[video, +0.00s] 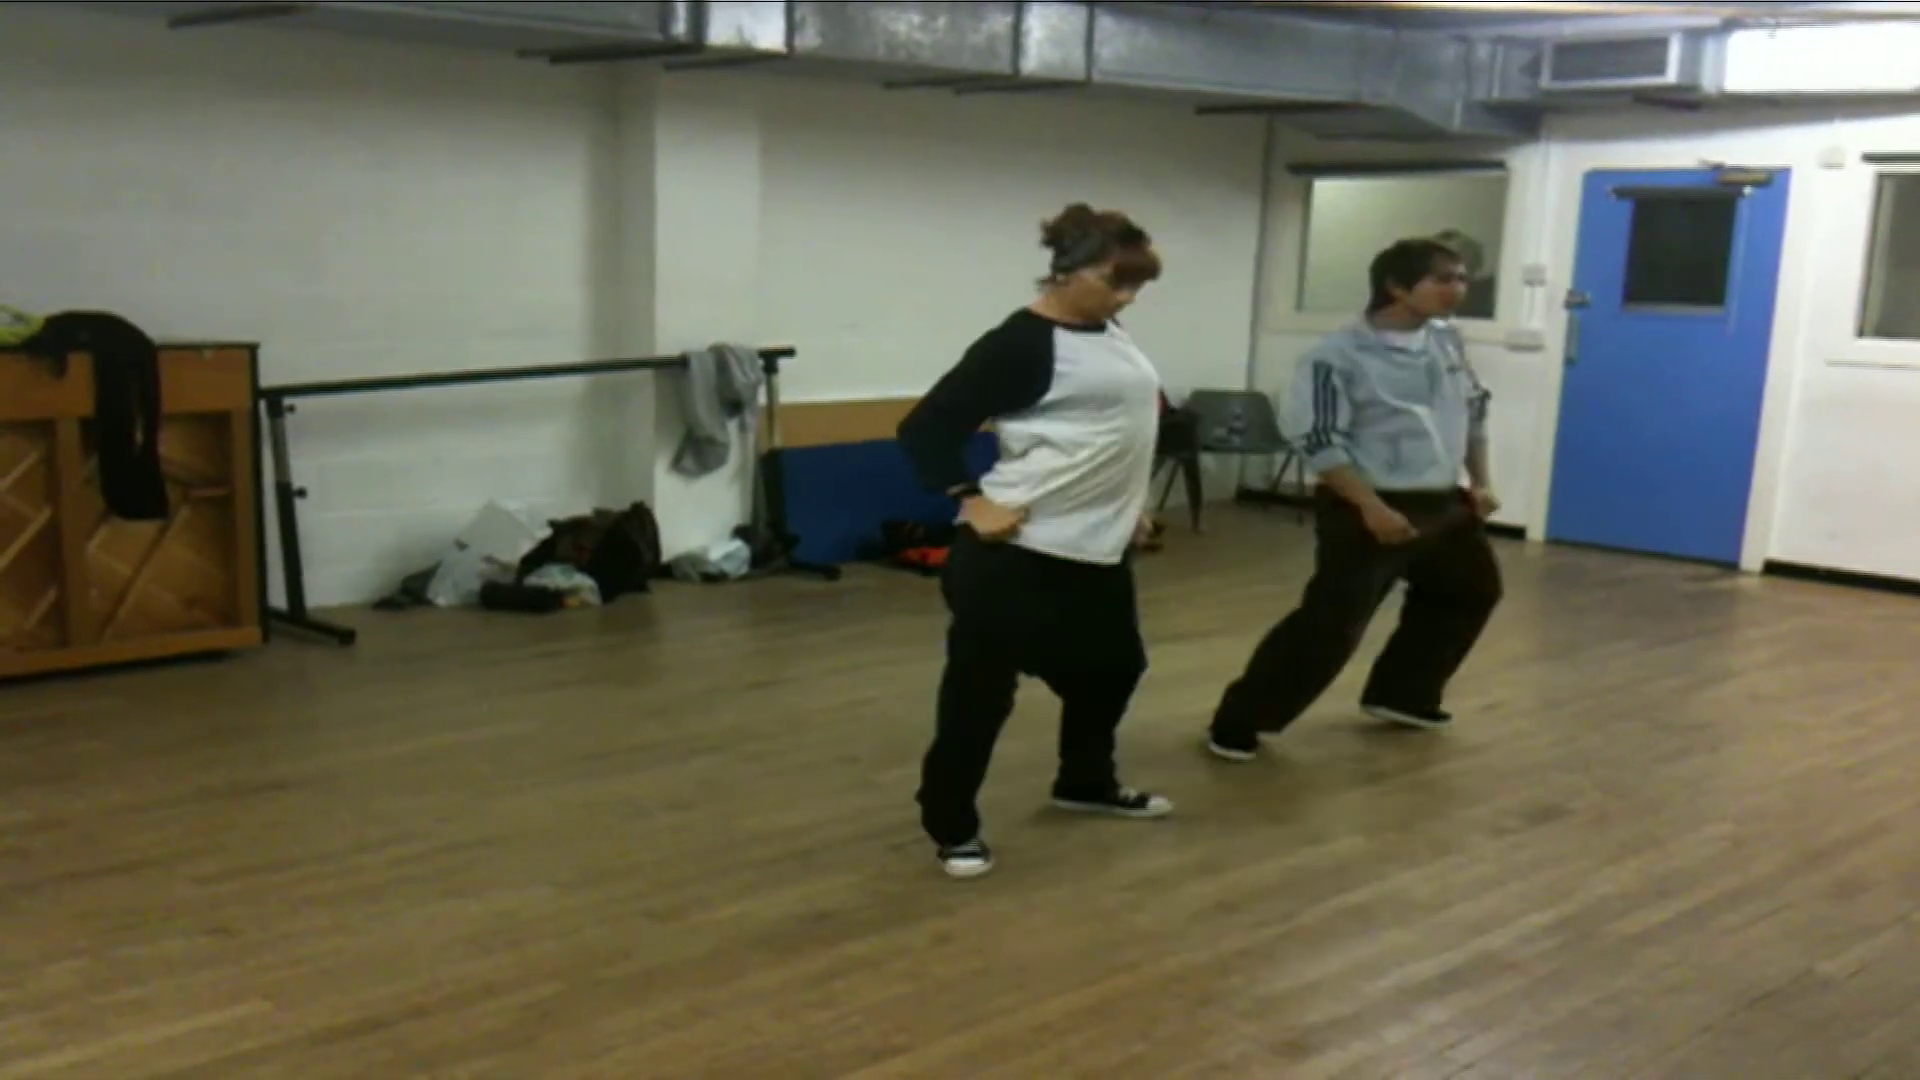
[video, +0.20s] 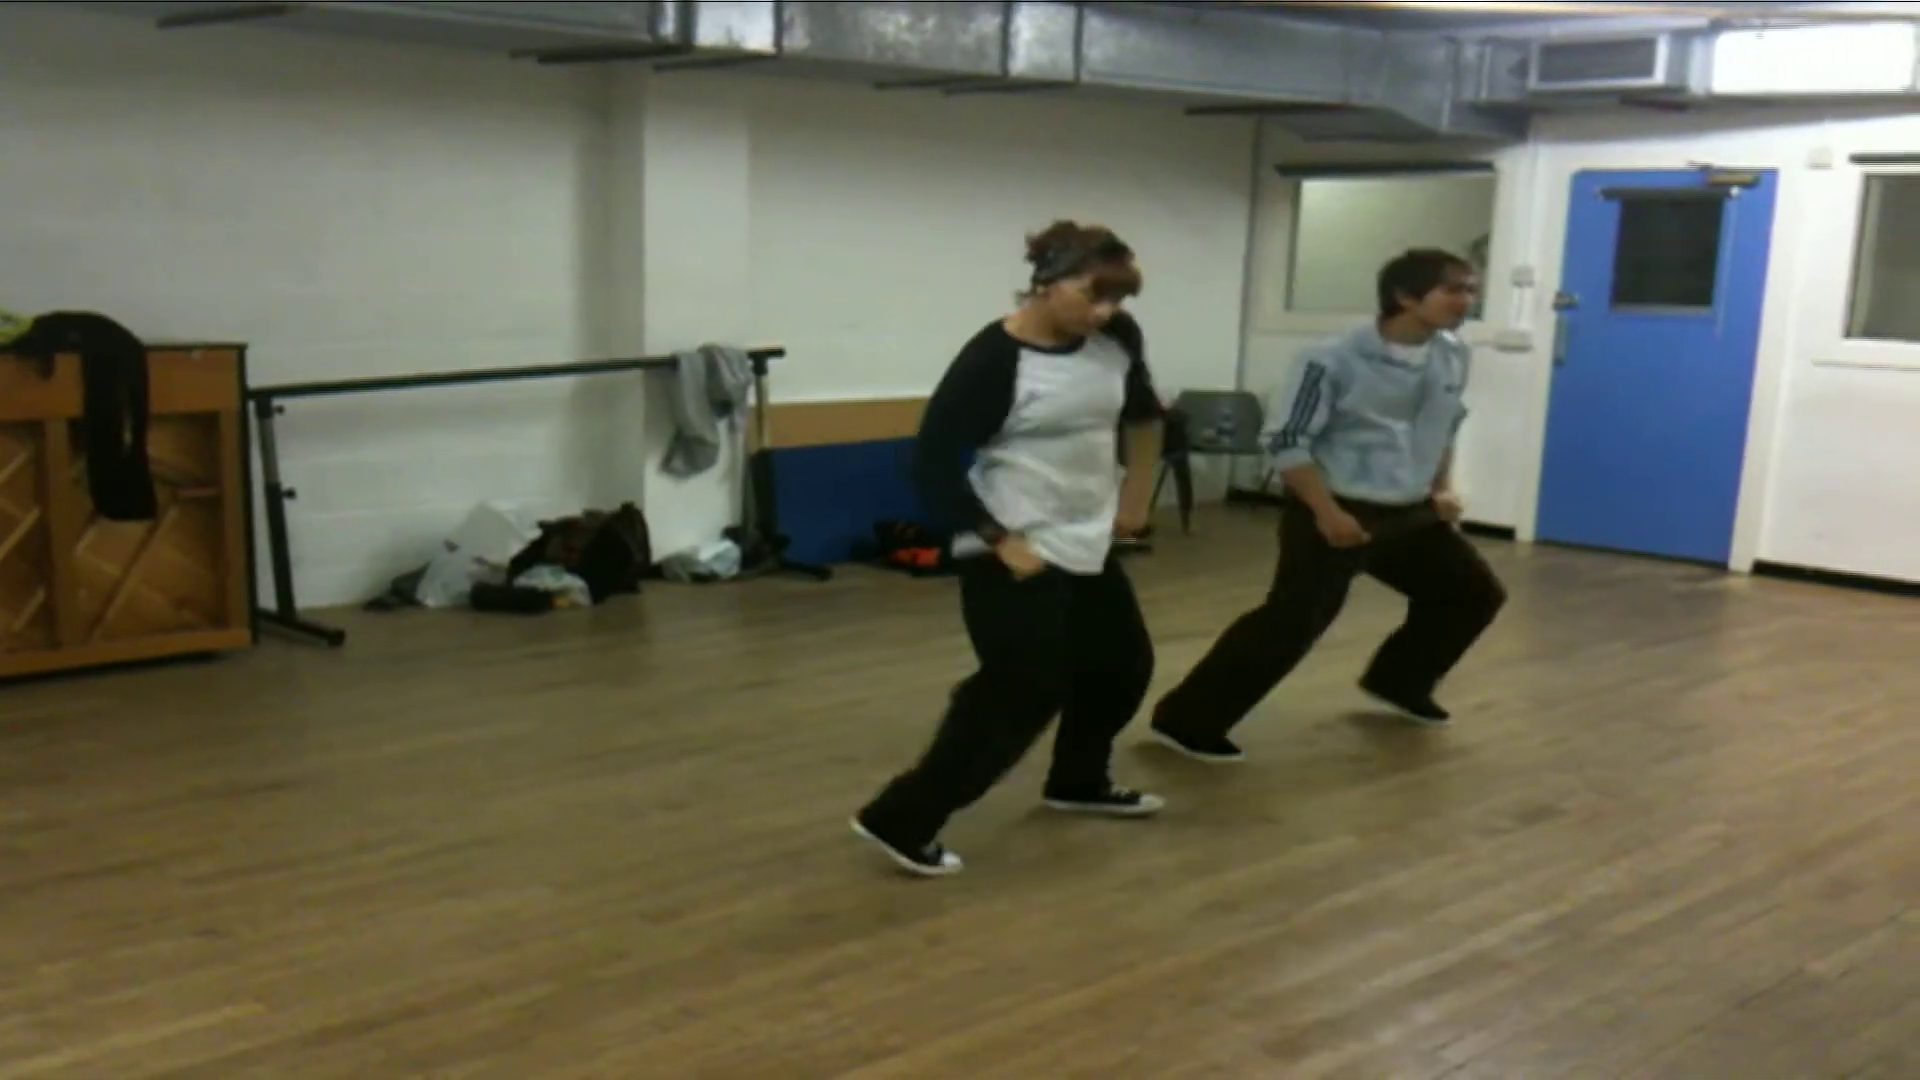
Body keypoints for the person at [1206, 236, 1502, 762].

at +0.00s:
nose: (1456, 289)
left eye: (1456, 280)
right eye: (1444, 280)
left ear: (1409, 291)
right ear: (1401, 289)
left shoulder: (1444, 342)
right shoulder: (1336, 357)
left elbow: (1472, 412)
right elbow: (1321, 449)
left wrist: (1479, 482)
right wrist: (1371, 507)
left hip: (1440, 506)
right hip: (1365, 510)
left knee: (1469, 590)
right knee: (1330, 625)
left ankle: (1400, 692)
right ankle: (1237, 721)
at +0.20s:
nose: (1464, 302)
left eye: (1466, 292)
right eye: (1453, 291)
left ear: (1415, 300)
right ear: (1408, 298)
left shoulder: (1451, 357)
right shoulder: (1334, 361)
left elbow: (1444, 429)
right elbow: (1287, 446)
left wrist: (1440, 488)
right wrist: (1326, 512)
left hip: (1404, 516)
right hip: (1329, 513)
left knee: (1473, 594)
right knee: (1294, 619)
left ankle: (1399, 677)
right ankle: (1188, 717)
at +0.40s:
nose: (1516, 351)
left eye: (1518, 340)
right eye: (1507, 339)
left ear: (1473, 346)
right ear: (1463, 342)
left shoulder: (1495, 391)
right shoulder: (1380, 389)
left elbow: (1489, 446)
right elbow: (1305, 470)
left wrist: (1456, 500)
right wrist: (1354, 515)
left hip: (1409, 518)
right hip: (1336, 512)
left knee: (1455, 622)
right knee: (1399, 607)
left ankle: (1433, 697)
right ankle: (1283, 691)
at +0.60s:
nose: (1555, 401)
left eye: (1557, 391)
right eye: (1546, 390)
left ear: (1505, 394)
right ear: (1499, 391)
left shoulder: (1502, 430)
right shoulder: (1415, 425)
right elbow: (1304, 470)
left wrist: (1447, 514)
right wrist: (1343, 529)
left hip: (1407, 529)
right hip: (1335, 524)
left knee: (1478, 598)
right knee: (1374, 596)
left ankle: (1403, 692)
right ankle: (1336, 697)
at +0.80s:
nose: (1560, 418)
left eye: (1565, 408)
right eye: (1556, 404)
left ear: (1517, 400)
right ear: (1514, 398)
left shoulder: (1503, 428)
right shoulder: (1421, 415)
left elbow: (1436, 472)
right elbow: (1308, 471)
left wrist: (1444, 518)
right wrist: (1328, 535)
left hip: (1411, 528)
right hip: (1347, 526)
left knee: (1467, 599)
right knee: (1355, 614)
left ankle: (1403, 695)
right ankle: (1336, 716)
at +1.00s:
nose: (1531, 285)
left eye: (1532, 274)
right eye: (1522, 272)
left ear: (1495, 279)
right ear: (1480, 273)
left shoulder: (1499, 336)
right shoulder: (1409, 326)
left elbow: (1476, 413)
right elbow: (1349, 417)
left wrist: (1453, 471)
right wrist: (1368, 484)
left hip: (1417, 476)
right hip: (1348, 470)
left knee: (1416, 587)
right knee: (1353, 590)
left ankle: (1399, 689)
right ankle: (1331, 706)